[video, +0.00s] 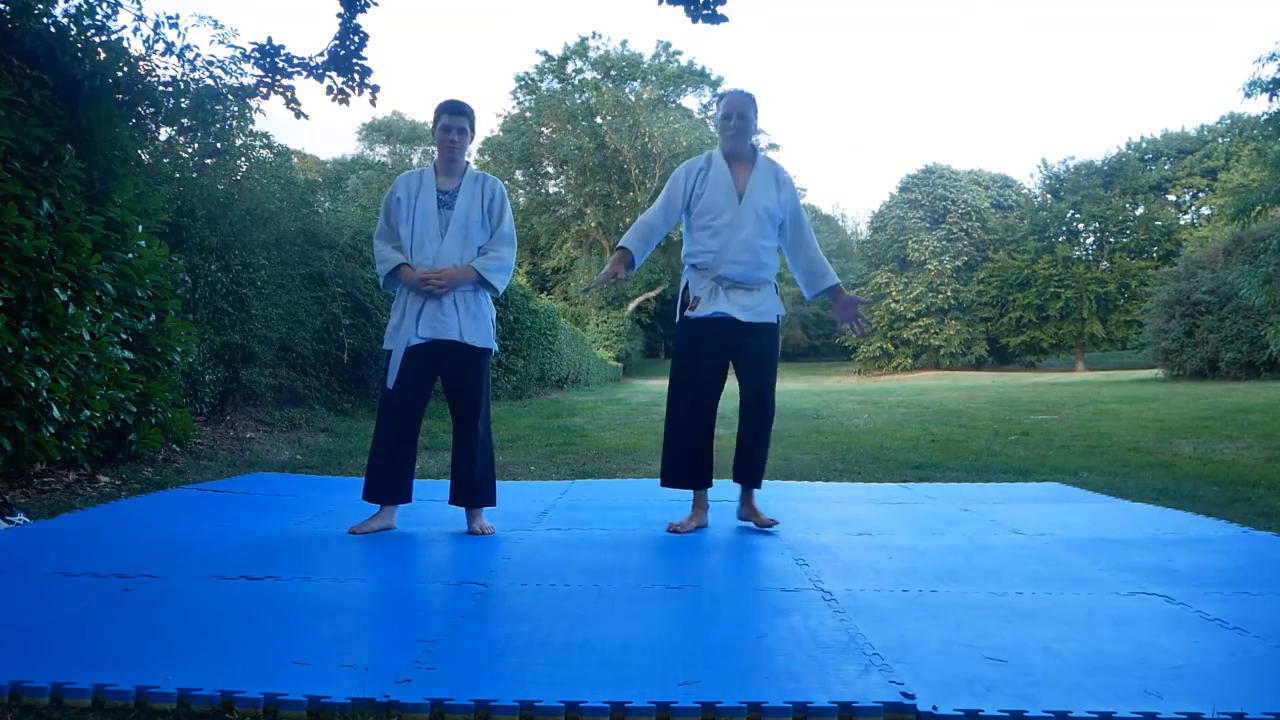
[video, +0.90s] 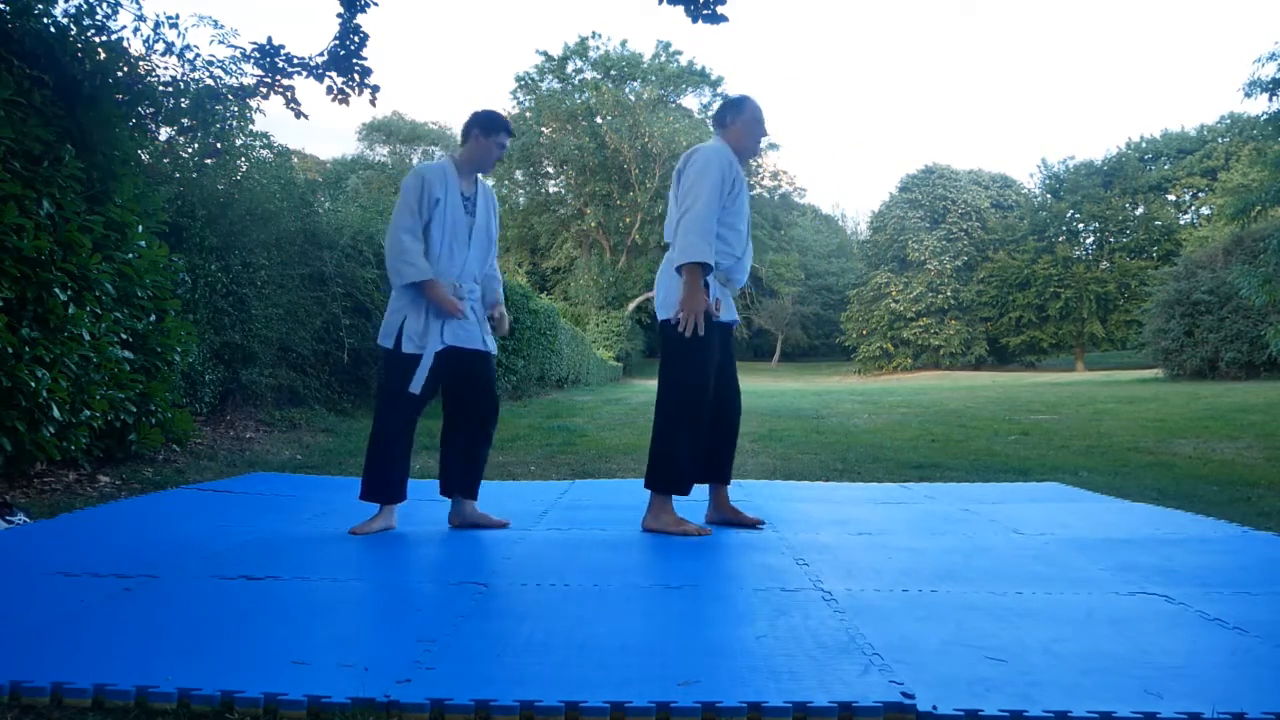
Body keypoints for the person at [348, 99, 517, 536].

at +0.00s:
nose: (452, 137)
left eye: (460, 131)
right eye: (446, 129)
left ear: (472, 139)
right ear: (433, 134)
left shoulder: (491, 190)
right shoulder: (405, 186)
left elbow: (503, 256)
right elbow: (383, 246)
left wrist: (457, 275)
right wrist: (412, 276)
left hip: (469, 321)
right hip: (413, 319)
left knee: (472, 420)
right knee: (397, 415)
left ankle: (475, 513)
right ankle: (387, 510)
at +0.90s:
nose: (502, 156)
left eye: (505, 150)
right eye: (499, 147)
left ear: (490, 146)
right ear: (474, 136)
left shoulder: (488, 197)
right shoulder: (425, 177)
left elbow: (488, 259)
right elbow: (401, 240)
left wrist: (496, 301)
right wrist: (431, 288)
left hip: (469, 323)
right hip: (417, 316)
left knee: (478, 407)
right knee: (396, 412)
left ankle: (464, 507)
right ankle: (387, 510)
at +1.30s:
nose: (553, 167)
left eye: (557, 162)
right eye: (552, 157)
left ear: (540, 156)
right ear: (529, 144)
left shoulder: (525, 209)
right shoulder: (485, 174)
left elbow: (520, 271)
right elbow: (457, 222)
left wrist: (523, 320)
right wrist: (445, 273)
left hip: (500, 317)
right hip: (462, 306)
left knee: (488, 412)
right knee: (447, 404)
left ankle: (463, 505)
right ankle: (422, 497)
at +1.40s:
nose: (557, 168)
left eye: (562, 163)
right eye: (557, 158)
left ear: (544, 154)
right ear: (536, 145)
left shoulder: (528, 207)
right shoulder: (496, 174)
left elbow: (523, 272)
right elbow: (468, 221)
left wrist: (531, 318)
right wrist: (463, 268)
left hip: (502, 320)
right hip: (471, 311)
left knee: (490, 409)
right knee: (466, 406)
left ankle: (465, 503)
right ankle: (455, 503)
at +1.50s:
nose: (567, 170)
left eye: (572, 164)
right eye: (567, 159)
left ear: (551, 155)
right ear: (545, 147)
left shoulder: (532, 199)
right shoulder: (510, 175)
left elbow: (529, 269)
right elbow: (486, 223)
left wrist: (541, 314)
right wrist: (501, 268)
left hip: (507, 315)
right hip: (491, 310)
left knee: (478, 408)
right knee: (505, 406)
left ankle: (461, 506)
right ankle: (512, 509)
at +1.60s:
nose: (573, 170)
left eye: (578, 164)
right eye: (573, 159)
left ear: (554, 152)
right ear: (552, 147)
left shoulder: (533, 190)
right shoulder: (519, 175)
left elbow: (528, 262)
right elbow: (500, 229)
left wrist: (549, 308)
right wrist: (531, 263)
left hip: (511, 310)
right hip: (499, 307)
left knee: (483, 407)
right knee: (517, 408)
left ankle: (462, 506)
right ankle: (543, 511)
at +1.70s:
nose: (587, 167)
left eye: (591, 161)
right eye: (585, 157)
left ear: (566, 149)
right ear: (564, 144)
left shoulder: (546, 188)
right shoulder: (534, 176)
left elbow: (530, 257)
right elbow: (531, 233)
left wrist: (555, 301)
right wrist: (581, 263)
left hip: (524, 306)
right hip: (516, 305)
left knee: (498, 406)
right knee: (535, 409)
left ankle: (464, 505)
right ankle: (556, 513)